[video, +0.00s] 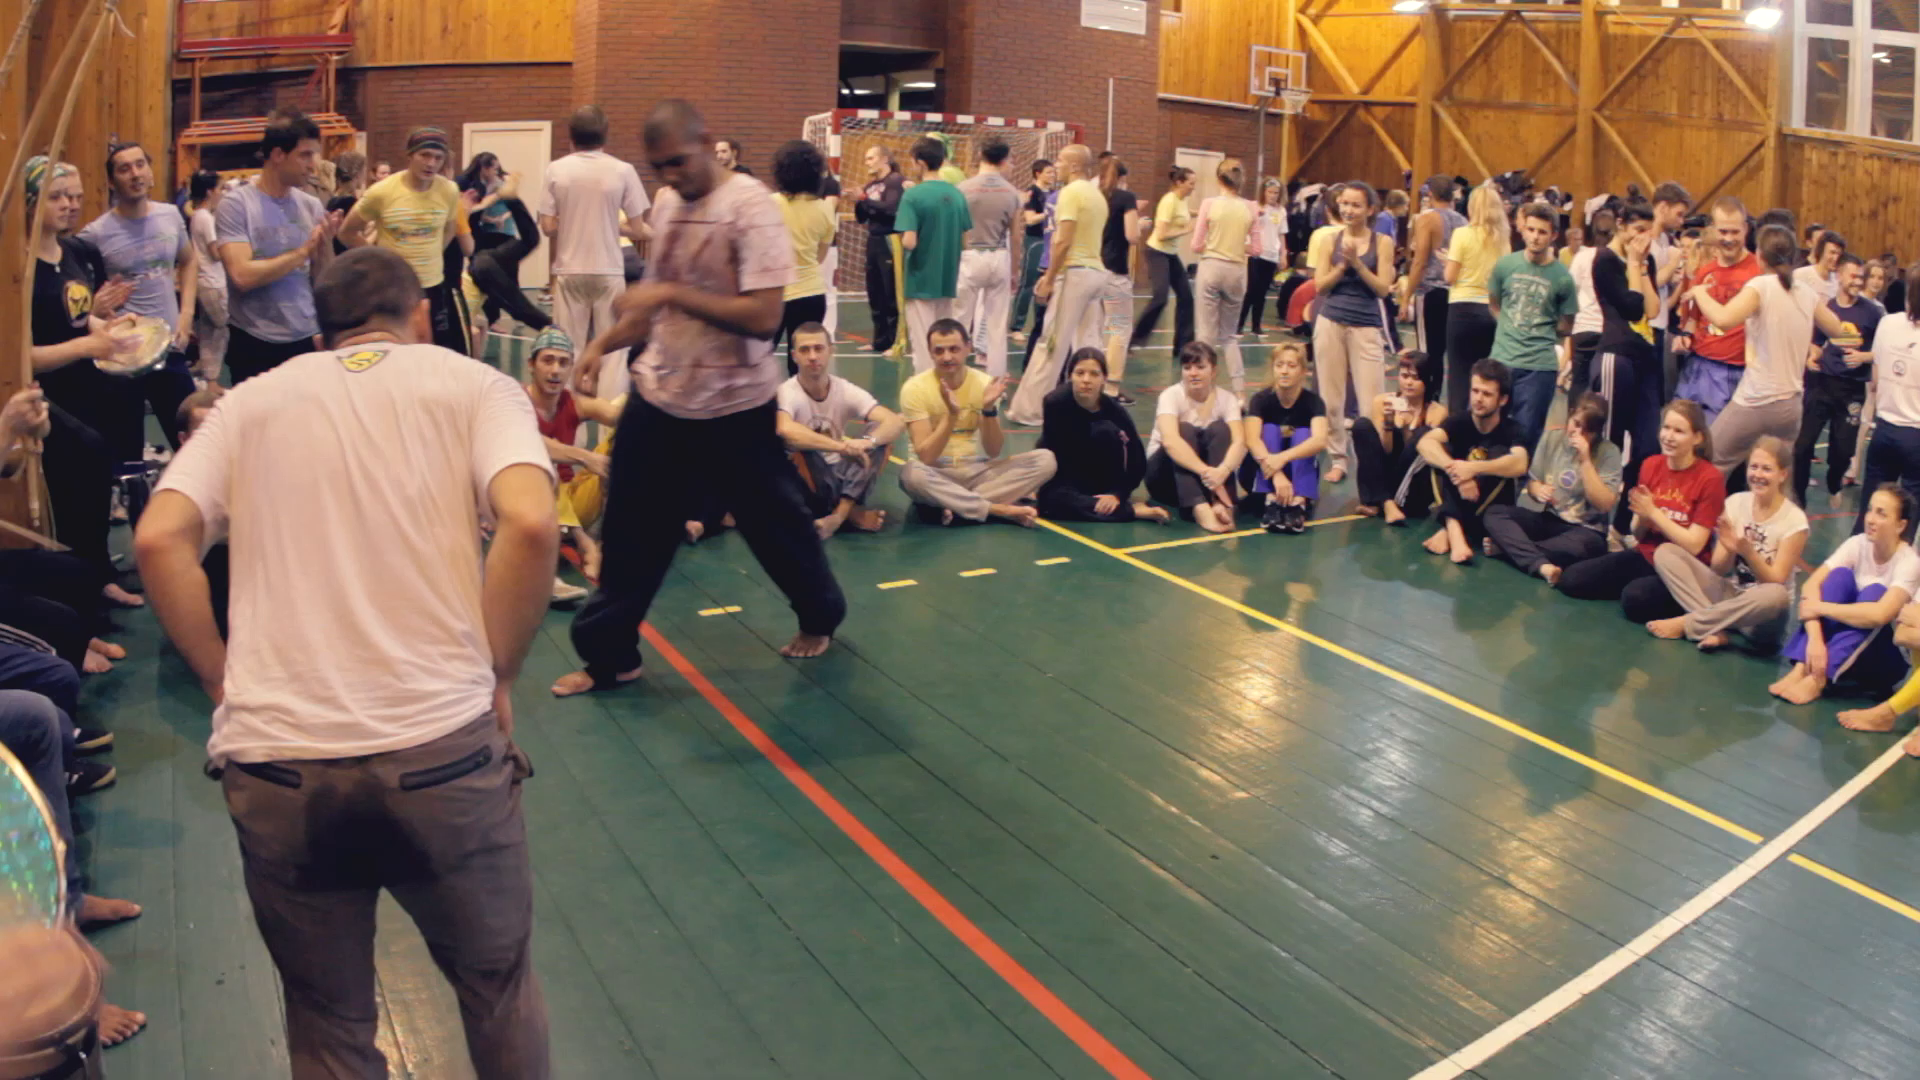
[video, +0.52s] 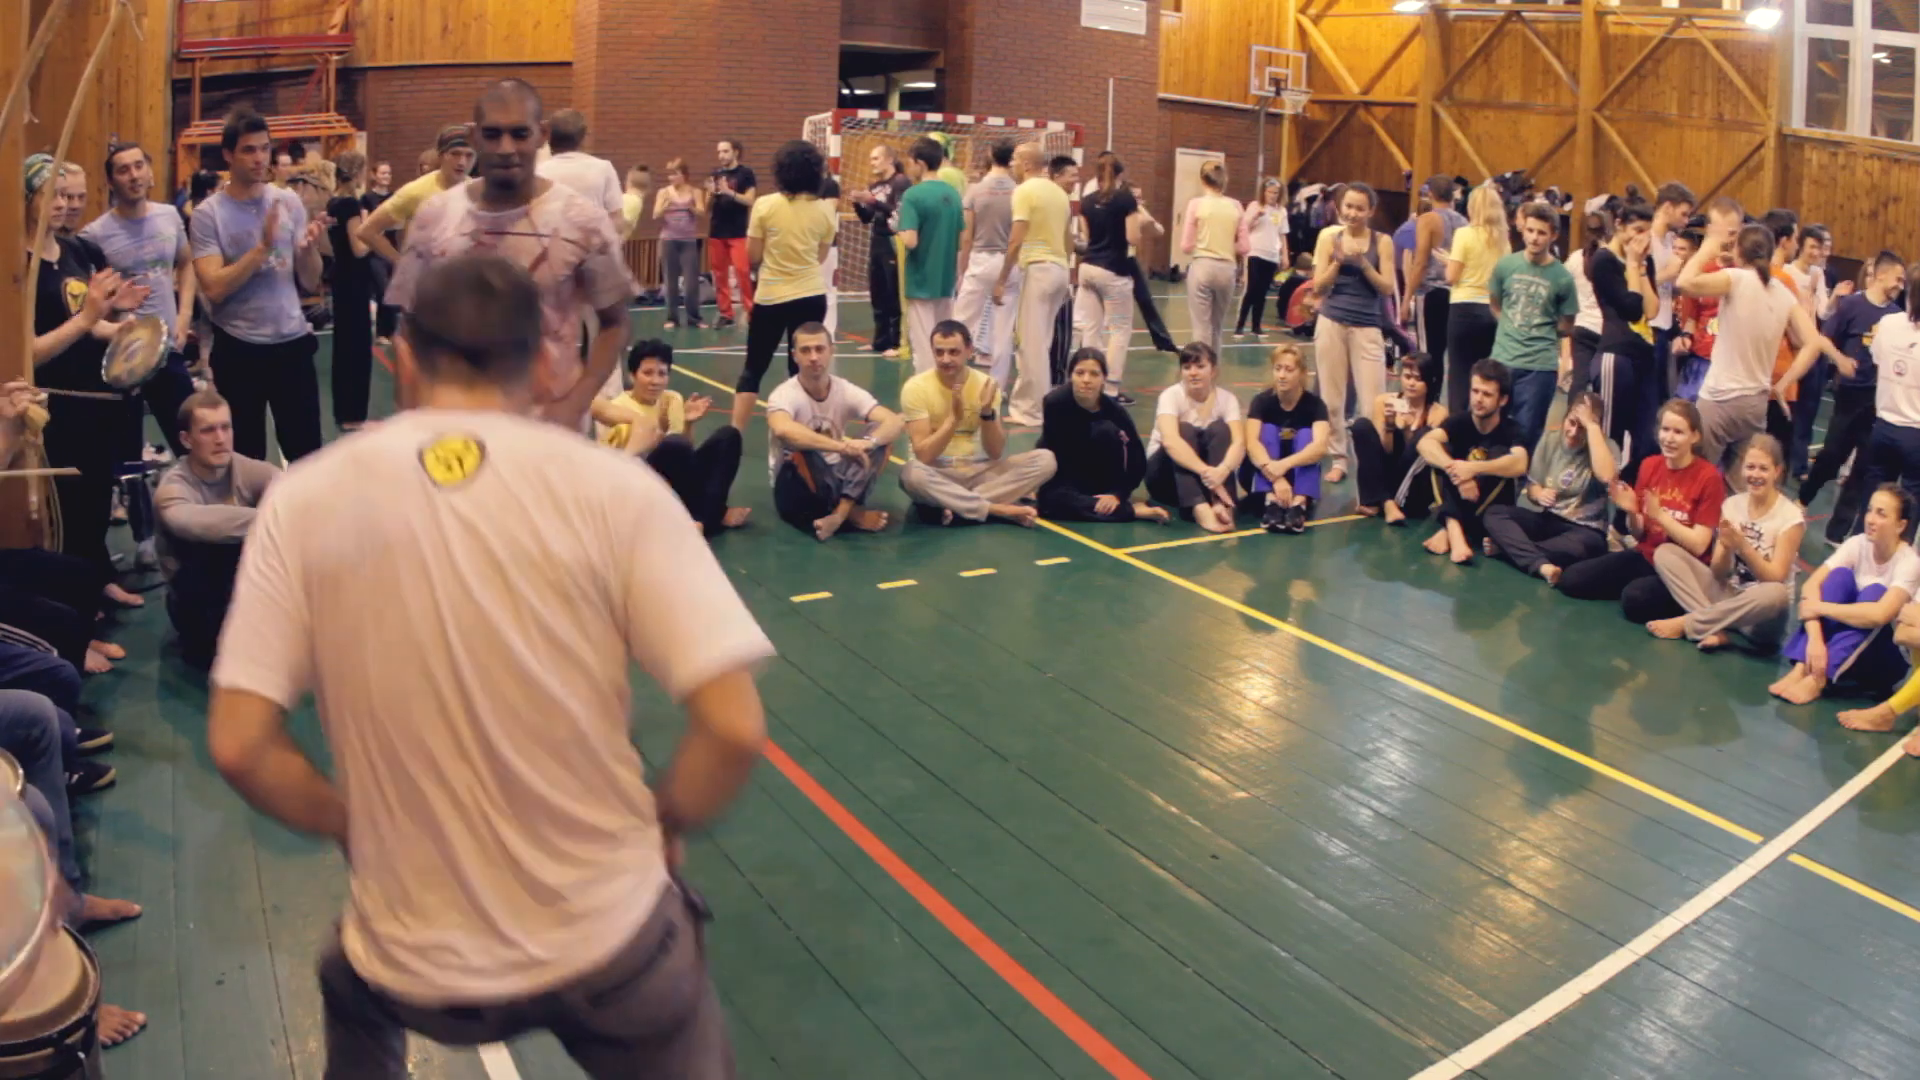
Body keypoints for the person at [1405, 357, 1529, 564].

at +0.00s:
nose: (1479, 399)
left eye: (1487, 394)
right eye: (1475, 391)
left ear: (1503, 400)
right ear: (1469, 392)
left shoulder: (1511, 429)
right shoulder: (1459, 421)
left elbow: (1519, 465)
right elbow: (1425, 444)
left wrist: (1473, 467)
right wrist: (1459, 474)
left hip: (1493, 512)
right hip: (1455, 505)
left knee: (1501, 457)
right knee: (1437, 455)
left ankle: (1450, 528)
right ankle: (1454, 529)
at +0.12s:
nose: (1479, 399)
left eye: (1487, 394)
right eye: (1475, 391)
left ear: (1503, 400)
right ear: (1469, 392)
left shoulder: (1511, 430)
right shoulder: (1460, 421)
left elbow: (1519, 465)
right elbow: (1425, 444)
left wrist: (1473, 467)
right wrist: (1459, 474)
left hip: (1493, 511)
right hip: (1455, 505)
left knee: (1501, 457)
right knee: (1437, 454)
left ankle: (1450, 528)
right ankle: (1454, 529)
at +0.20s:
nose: (1478, 399)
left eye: (1487, 395)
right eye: (1475, 392)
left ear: (1503, 400)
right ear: (1469, 392)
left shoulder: (1511, 429)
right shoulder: (1459, 421)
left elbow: (1520, 465)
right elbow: (1426, 443)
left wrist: (1472, 468)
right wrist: (1459, 475)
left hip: (1492, 510)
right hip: (1454, 504)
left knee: (1500, 458)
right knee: (1437, 455)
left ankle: (1449, 528)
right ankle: (1454, 528)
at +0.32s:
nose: (1478, 399)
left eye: (1487, 394)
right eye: (1475, 392)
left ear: (1503, 400)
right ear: (1469, 391)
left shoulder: (1511, 429)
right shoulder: (1460, 421)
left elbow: (1519, 465)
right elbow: (1425, 443)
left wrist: (1473, 468)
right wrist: (1458, 474)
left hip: (1492, 509)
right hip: (1454, 504)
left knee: (1500, 456)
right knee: (1437, 453)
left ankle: (1449, 528)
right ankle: (1454, 528)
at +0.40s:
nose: (1478, 399)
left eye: (1487, 395)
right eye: (1475, 392)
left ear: (1503, 400)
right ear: (1469, 391)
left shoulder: (1511, 429)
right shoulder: (1460, 421)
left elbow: (1519, 465)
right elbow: (1426, 443)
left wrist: (1472, 468)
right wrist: (1459, 474)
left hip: (1491, 511)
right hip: (1454, 504)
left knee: (1499, 457)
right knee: (1437, 454)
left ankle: (1449, 528)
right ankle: (1454, 528)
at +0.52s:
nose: (1478, 399)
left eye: (1487, 395)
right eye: (1475, 392)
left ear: (1503, 400)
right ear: (1469, 391)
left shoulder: (1511, 429)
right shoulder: (1459, 421)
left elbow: (1519, 465)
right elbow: (1425, 443)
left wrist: (1472, 468)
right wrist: (1459, 474)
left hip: (1492, 511)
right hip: (1454, 504)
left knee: (1499, 457)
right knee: (1437, 454)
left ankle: (1449, 528)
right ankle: (1454, 528)